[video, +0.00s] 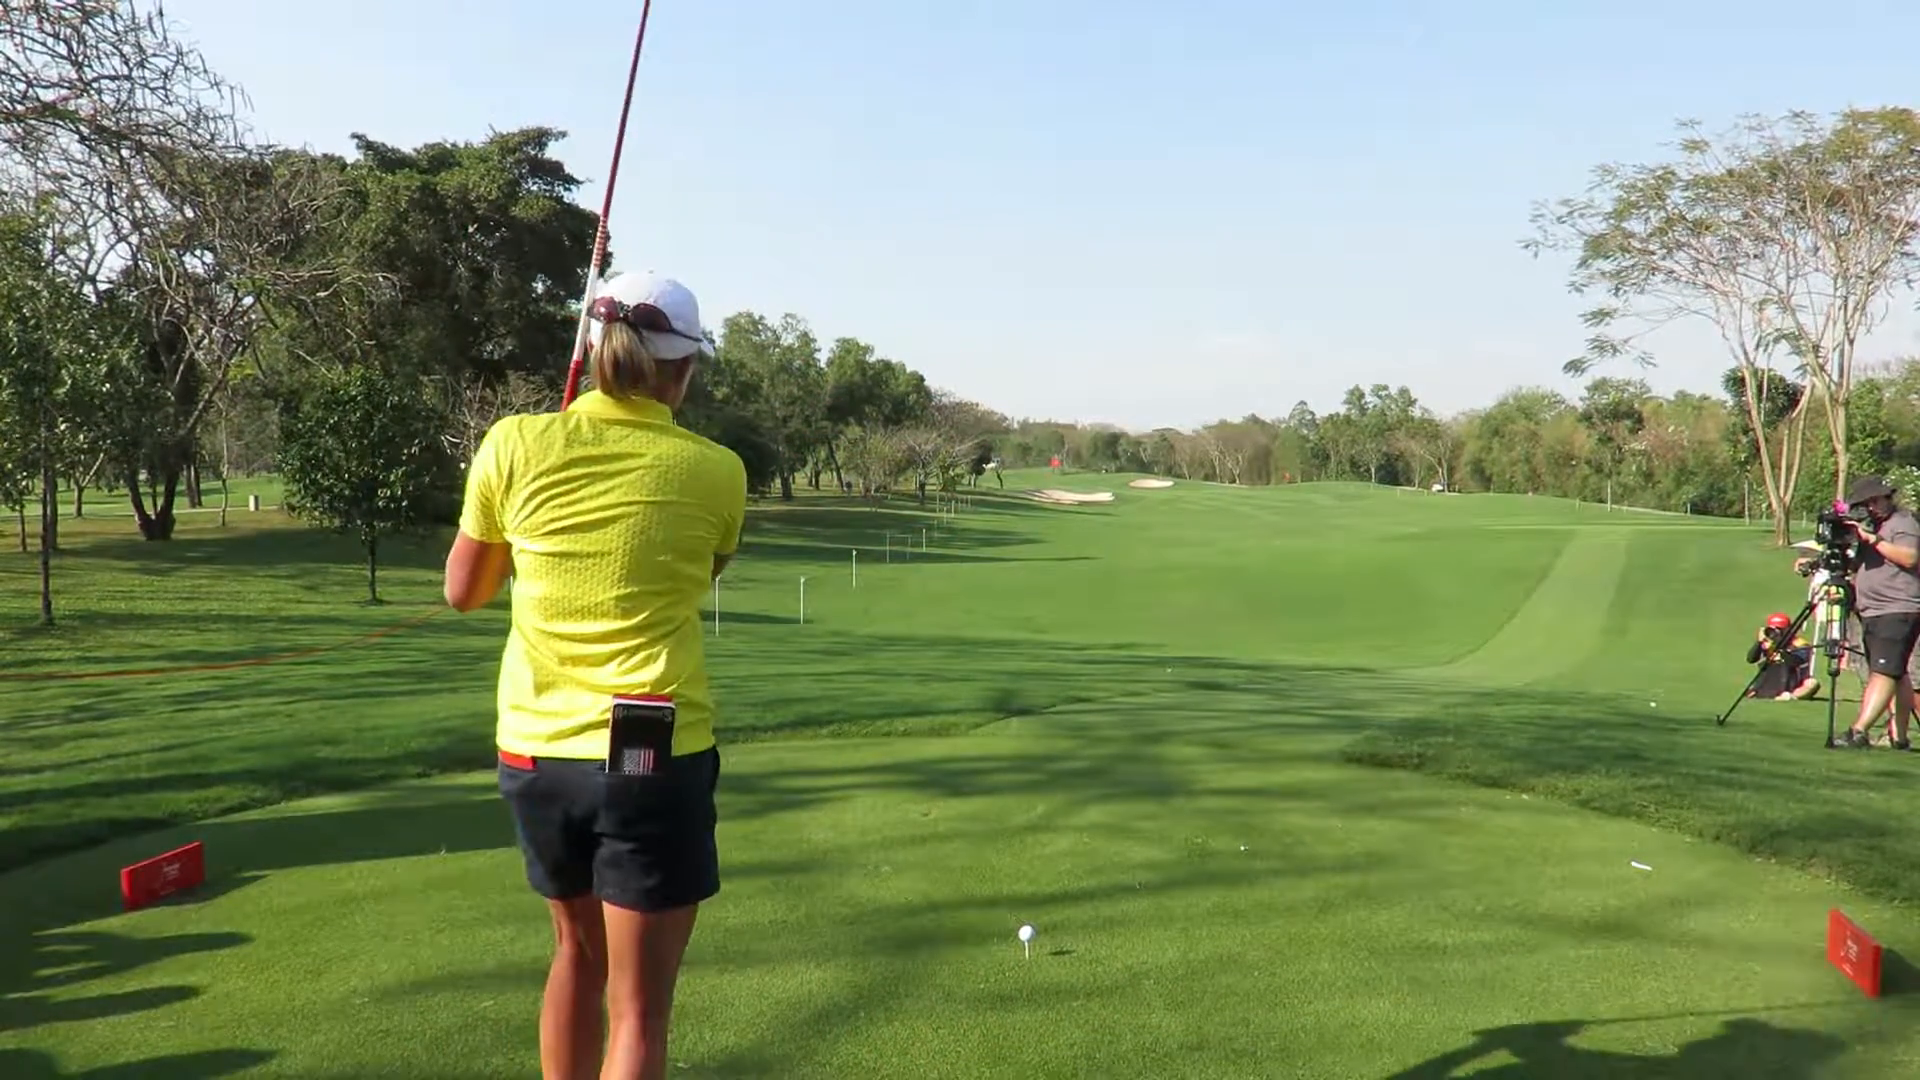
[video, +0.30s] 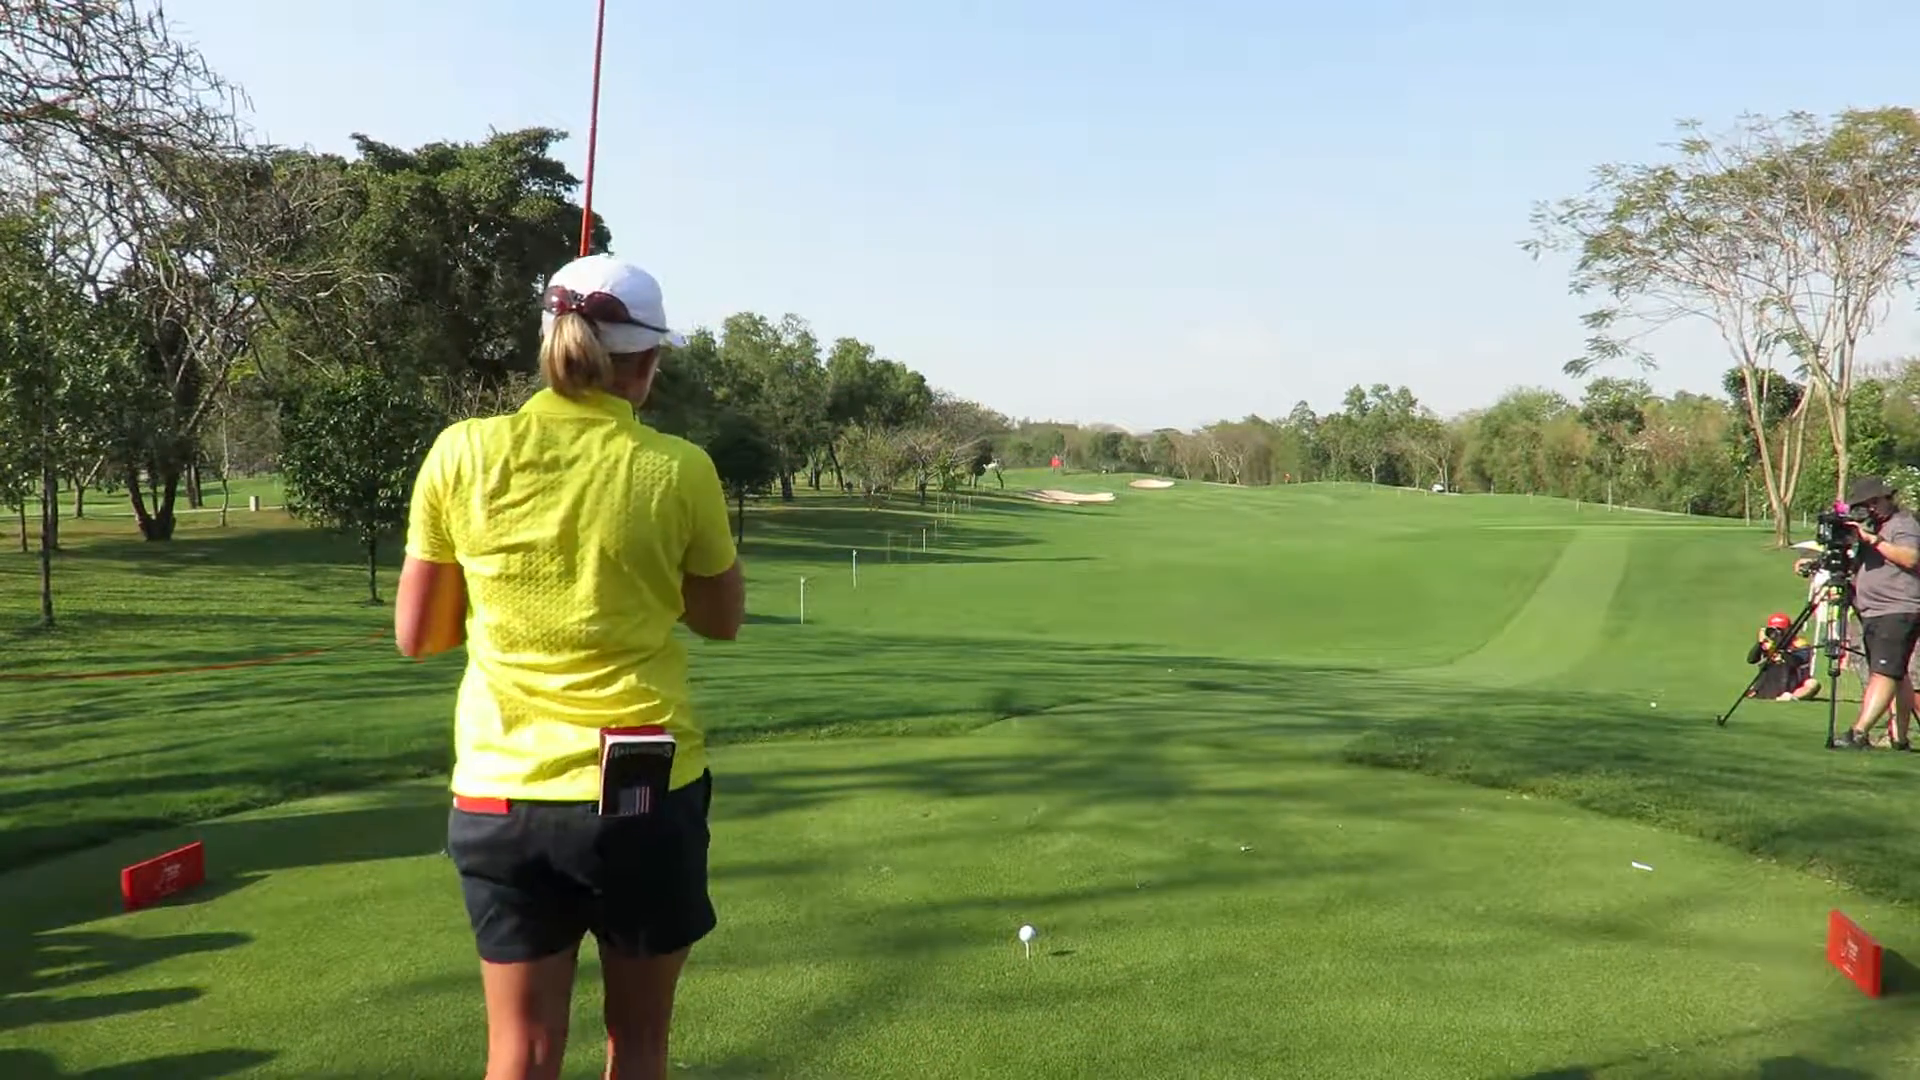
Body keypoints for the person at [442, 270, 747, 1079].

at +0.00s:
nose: (692, 376)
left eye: (689, 360)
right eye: (692, 362)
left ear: (590, 351)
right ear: (681, 368)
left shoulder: (514, 444)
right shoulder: (716, 472)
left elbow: (464, 587)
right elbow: (701, 570)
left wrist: (546, 520)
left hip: (537, 757)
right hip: (656, 763)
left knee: (573, 951)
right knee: (639, 1009)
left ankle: (564, 1077)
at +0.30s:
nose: (658, 369)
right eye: (657, 355)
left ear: (546, 345)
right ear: (643, 363)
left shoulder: (460, 452)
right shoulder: (677, 469)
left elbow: (418, 631)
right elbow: (720, 617)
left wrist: (505, 588)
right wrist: (633, 568)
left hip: (497, 807)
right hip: (642, 806)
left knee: (519, 1050)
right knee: (638, 1044)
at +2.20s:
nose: (477, 382)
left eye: (482, 362)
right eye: (478, 362)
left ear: (341, 343)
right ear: (459, 362)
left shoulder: (229, 481)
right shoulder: (487, 488)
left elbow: (127, 700)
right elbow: (552, 737)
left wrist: (167, 863)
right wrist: (575, 871)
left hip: (265, 887)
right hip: (437, 888)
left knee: (291, 1063)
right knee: (458, 1060)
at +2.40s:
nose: (421, 368)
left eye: (424, 350)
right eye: (422, 350)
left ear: (296, 337)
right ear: (396, 351)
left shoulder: (186, 457)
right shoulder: (425, 470)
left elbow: (114, 666)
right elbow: (479, 690)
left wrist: (166, 802)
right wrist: (520, 823)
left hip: (210, 848)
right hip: (377, 849)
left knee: (254, 1070)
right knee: (446, 1064)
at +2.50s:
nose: (413, 377)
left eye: (416, 359)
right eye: (412, 358)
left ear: (288, 346)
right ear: (381, 356)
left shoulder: (182, 459)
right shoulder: (409, 469)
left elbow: (124, 661)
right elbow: (460, 679)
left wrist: (192, 764)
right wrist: (503, 817)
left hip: (215, 830)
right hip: (379, 833)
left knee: (251, 1067)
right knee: (434, 1048)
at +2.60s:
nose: (407, 396)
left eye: (410, 377)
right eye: (407, 377)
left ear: (287, 363)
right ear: (378, 375)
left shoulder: (187, 470)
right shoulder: (402, 481)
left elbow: (147, 662)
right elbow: (454, 683)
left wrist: (218, 750)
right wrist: (497, 810)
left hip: (221, 816)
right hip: (376, 821)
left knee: (256, 1063)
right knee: (413, 1005)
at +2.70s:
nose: (407, 413)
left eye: (409, 396)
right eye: (407, 395)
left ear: (295, 382)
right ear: (381, 391)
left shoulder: (201, 486)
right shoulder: (404, 495)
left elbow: (171, 665)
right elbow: (451, 685)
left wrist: (246, 744)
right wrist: (495, 806)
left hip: (236, 812)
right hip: (379, 814)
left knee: (264, 1053)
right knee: (396, 993)